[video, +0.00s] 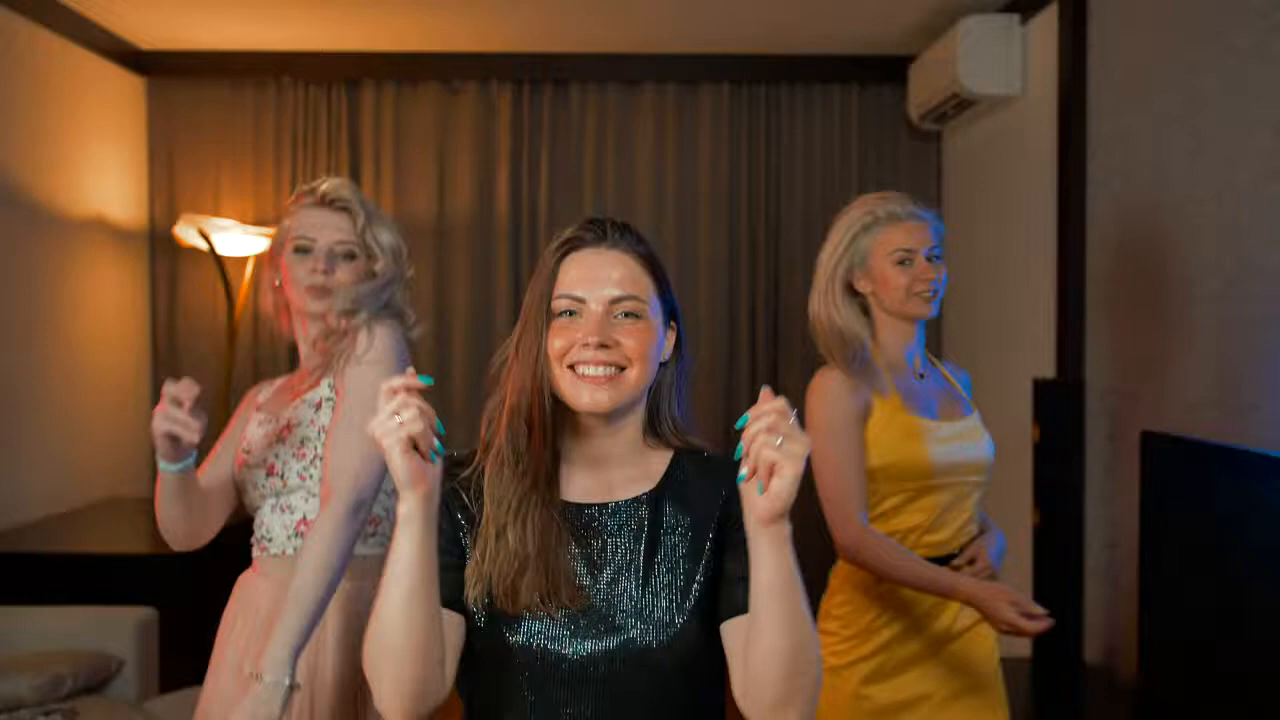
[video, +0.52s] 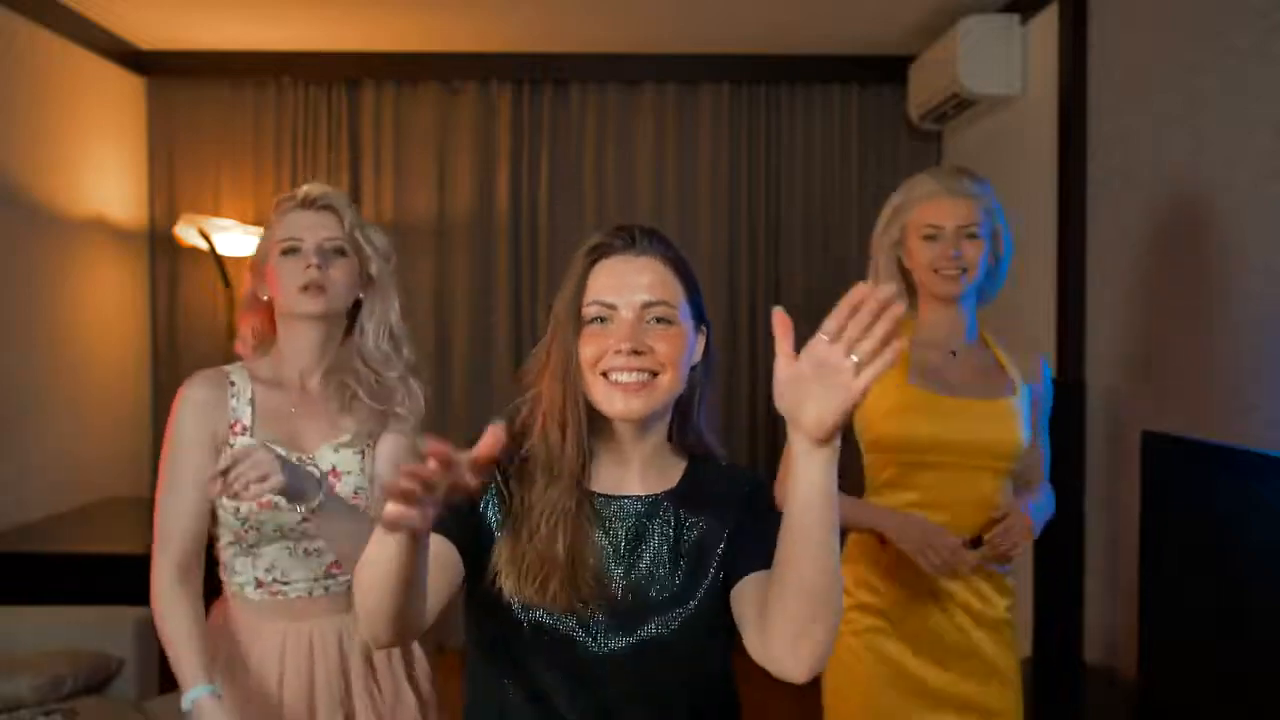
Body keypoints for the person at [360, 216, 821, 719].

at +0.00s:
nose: (595, 335)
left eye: (626, 313)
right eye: (567, 313)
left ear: (667, 343)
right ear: (536, 339)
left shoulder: (719, 494)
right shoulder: (473, 496)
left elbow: (778, 705)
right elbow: (401, 698)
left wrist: (769, 528)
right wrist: (416, 500)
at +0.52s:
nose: (628, 339)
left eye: (658, 317)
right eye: (600, 317)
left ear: (698, 347)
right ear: (566, 343)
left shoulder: (729, 503)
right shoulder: (500, 489)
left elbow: (794, 655)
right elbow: (383, 628)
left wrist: (812, 445)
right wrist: (400, 525)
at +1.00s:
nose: (601, 368)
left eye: (632, 344)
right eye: (573, 339)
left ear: (668, 368)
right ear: (536, 357)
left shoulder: (715, 488)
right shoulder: (493, 503)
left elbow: (754, 682)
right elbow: (429, 704)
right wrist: (479, 527)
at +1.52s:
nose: (573, 361)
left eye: (608, 330)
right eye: (548, 340)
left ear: (681, 350)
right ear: (529, 369)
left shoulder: (771, 501)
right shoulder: (486, 519)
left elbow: (864, 617)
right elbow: (423, 654)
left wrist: (891, 712)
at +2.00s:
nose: (616, 293)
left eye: (640, 272)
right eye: (581, 289)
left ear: (691, 310)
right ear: (555, 345)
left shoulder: (773, 458)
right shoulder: (521, 476)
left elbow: (794, 686)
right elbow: (512, 699)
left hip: (728, 704)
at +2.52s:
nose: (679, 255)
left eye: (684, 233)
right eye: (635, 252)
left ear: (720, 258)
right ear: (592, 305)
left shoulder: (768, 420)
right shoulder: (565, 436)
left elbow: (783, 594)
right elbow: (446, 661)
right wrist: (394, 631)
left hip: (749, 711)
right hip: (601, 706)